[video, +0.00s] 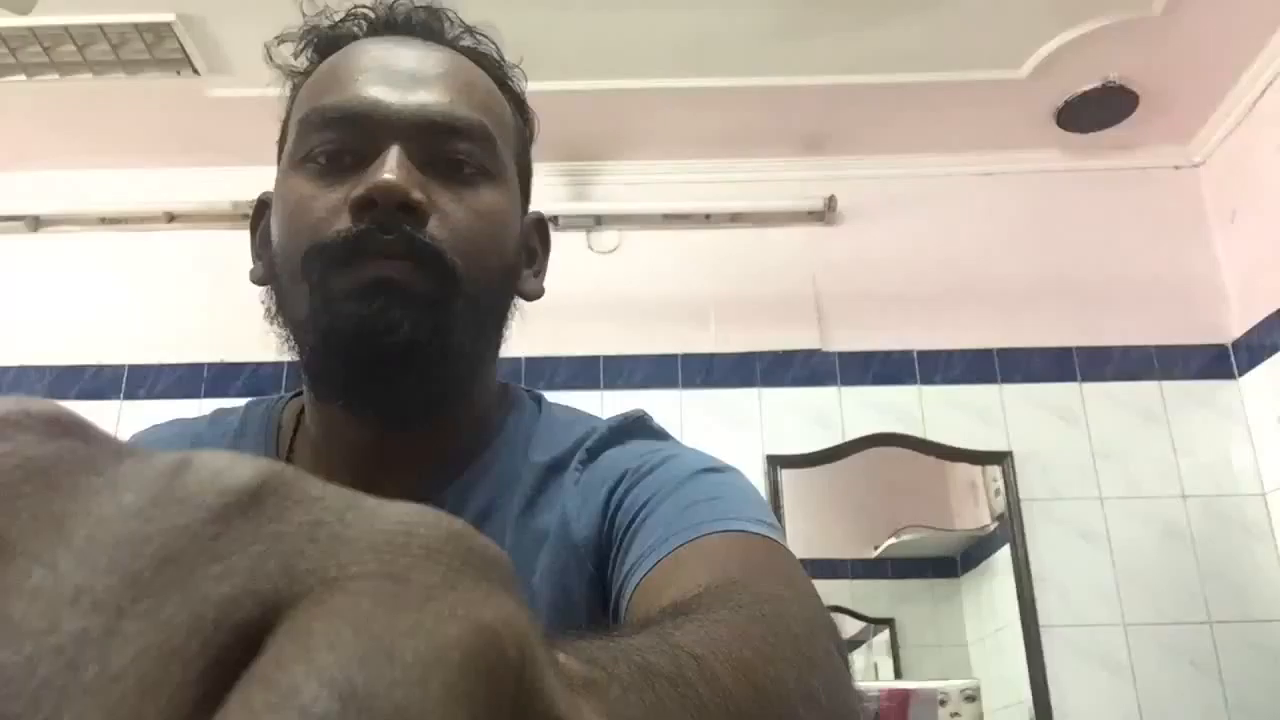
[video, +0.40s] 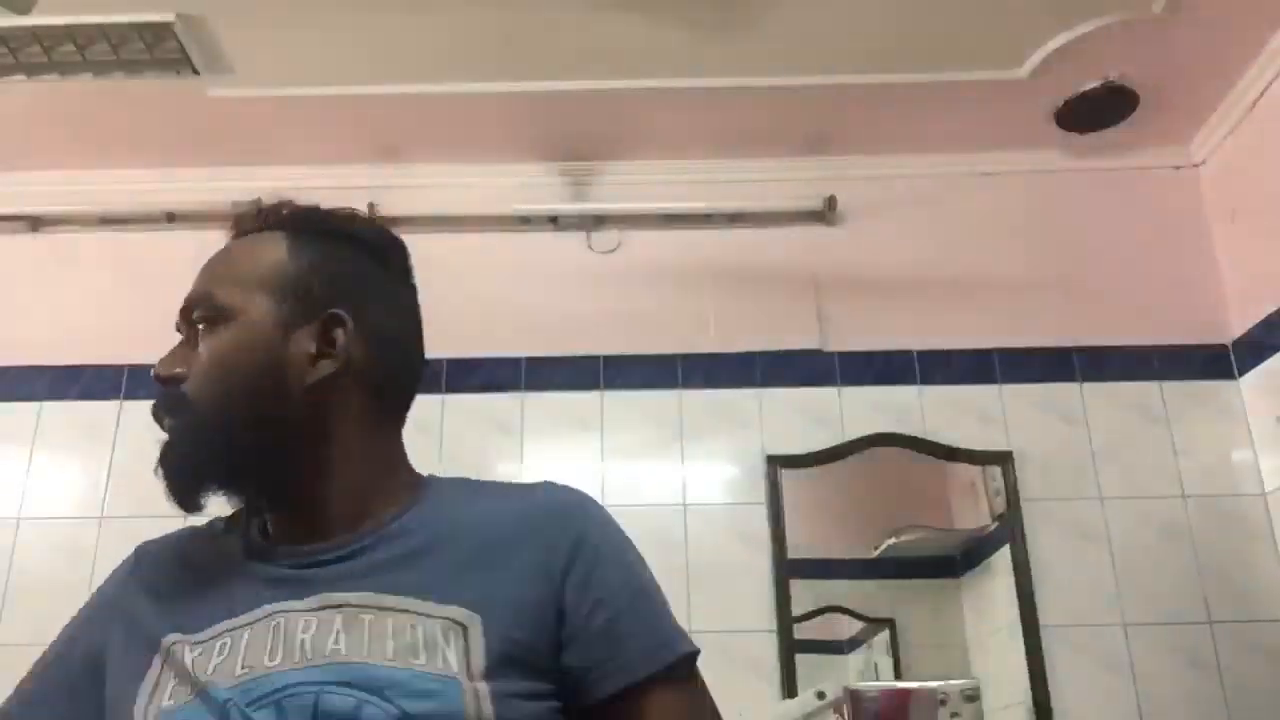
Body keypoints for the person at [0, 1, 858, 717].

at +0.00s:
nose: (391, 186)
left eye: (456, 161)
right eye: (337, 153)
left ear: (530, 257)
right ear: (264, 244)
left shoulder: (640, 489)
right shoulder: (147, 487)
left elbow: (783, 670)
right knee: (28, 452)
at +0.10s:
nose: (340, 331)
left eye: (394, 305)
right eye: (316, 313)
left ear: (479, 361)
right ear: (287, 368)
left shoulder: (584, 559)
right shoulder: (184, 586)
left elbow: (650, 711)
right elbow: (71, 712)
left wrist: (483, 501)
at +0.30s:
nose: (211, 353)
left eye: (259, 312)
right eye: (232, 320)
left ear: (380, 346)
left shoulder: (581, 563)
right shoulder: (161, 588)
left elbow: (669, 702)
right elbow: (49, 711)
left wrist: (412, 713)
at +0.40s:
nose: (161, 368)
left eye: (202, 325)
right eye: (179, 332)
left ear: (325, 346)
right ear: (322, 348)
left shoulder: (553, 540)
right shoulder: (146, 590)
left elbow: (674, 706)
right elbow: (31, 713)